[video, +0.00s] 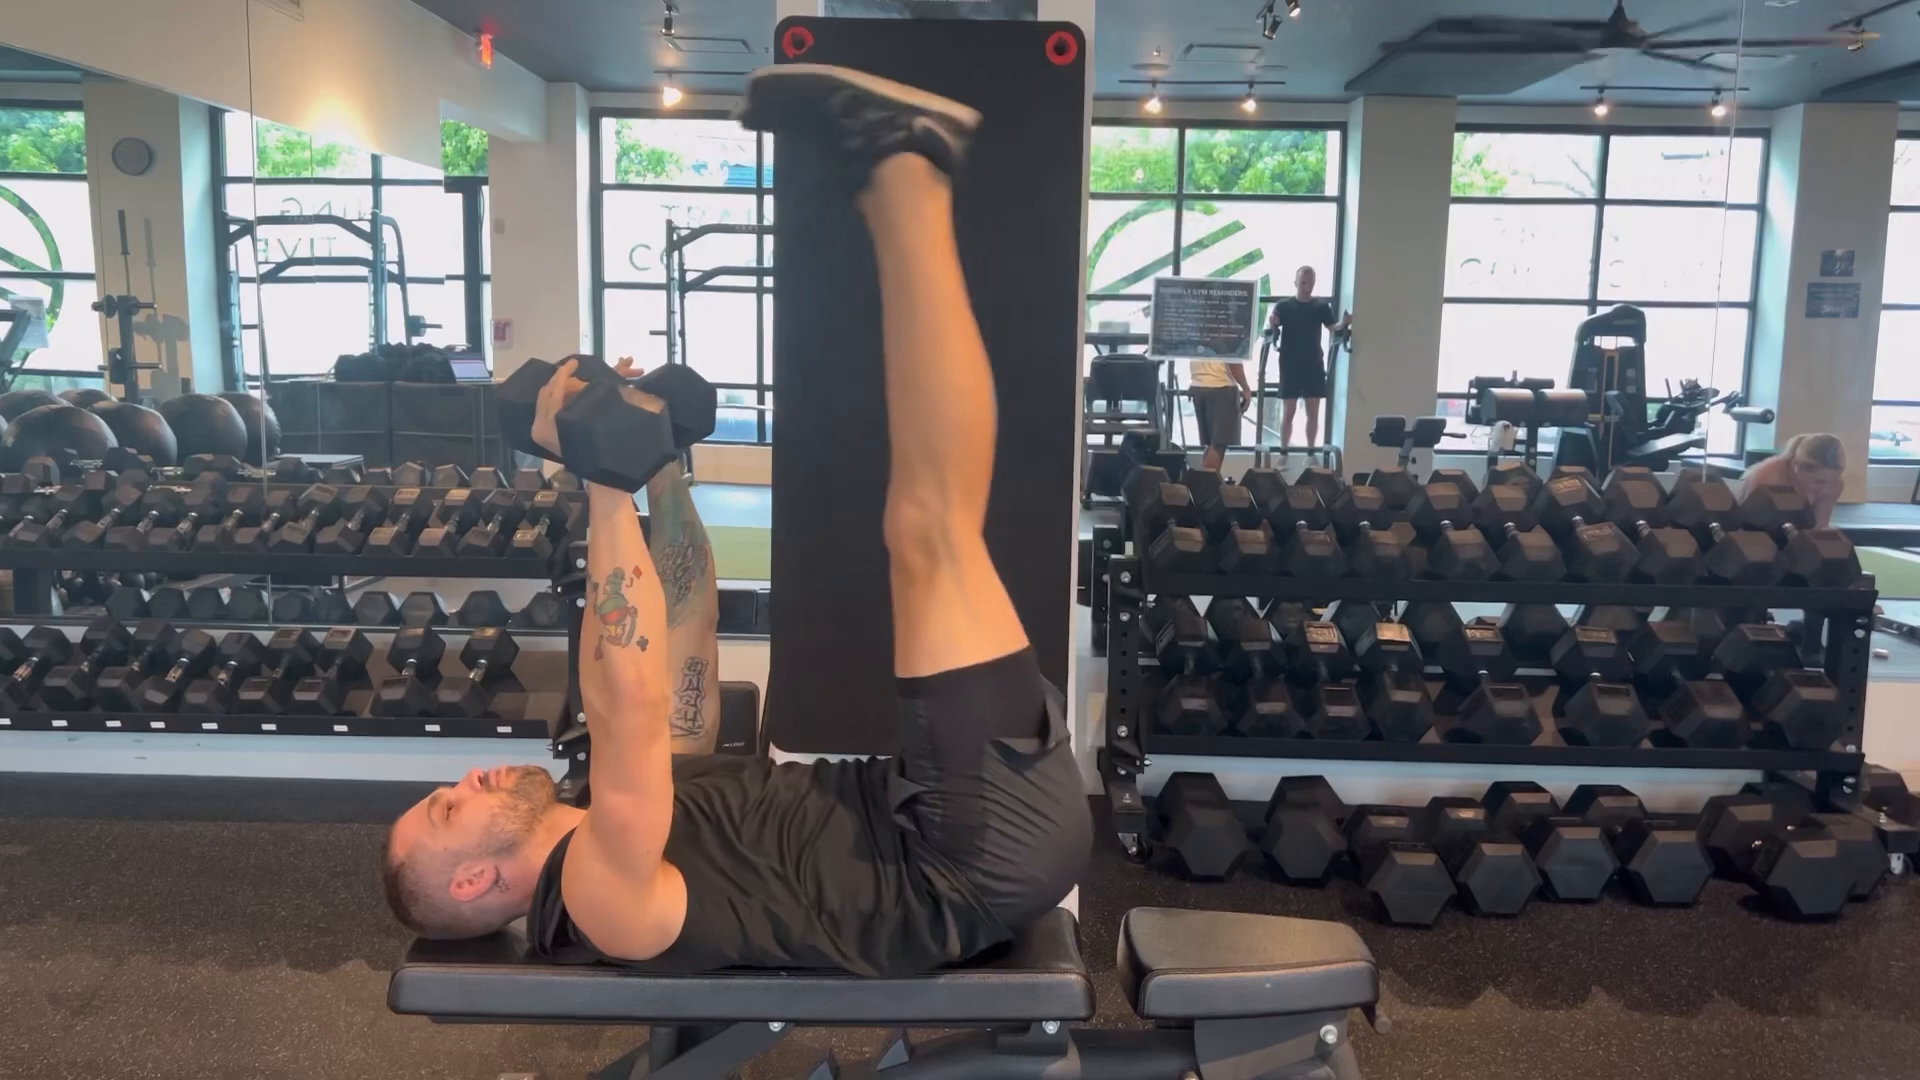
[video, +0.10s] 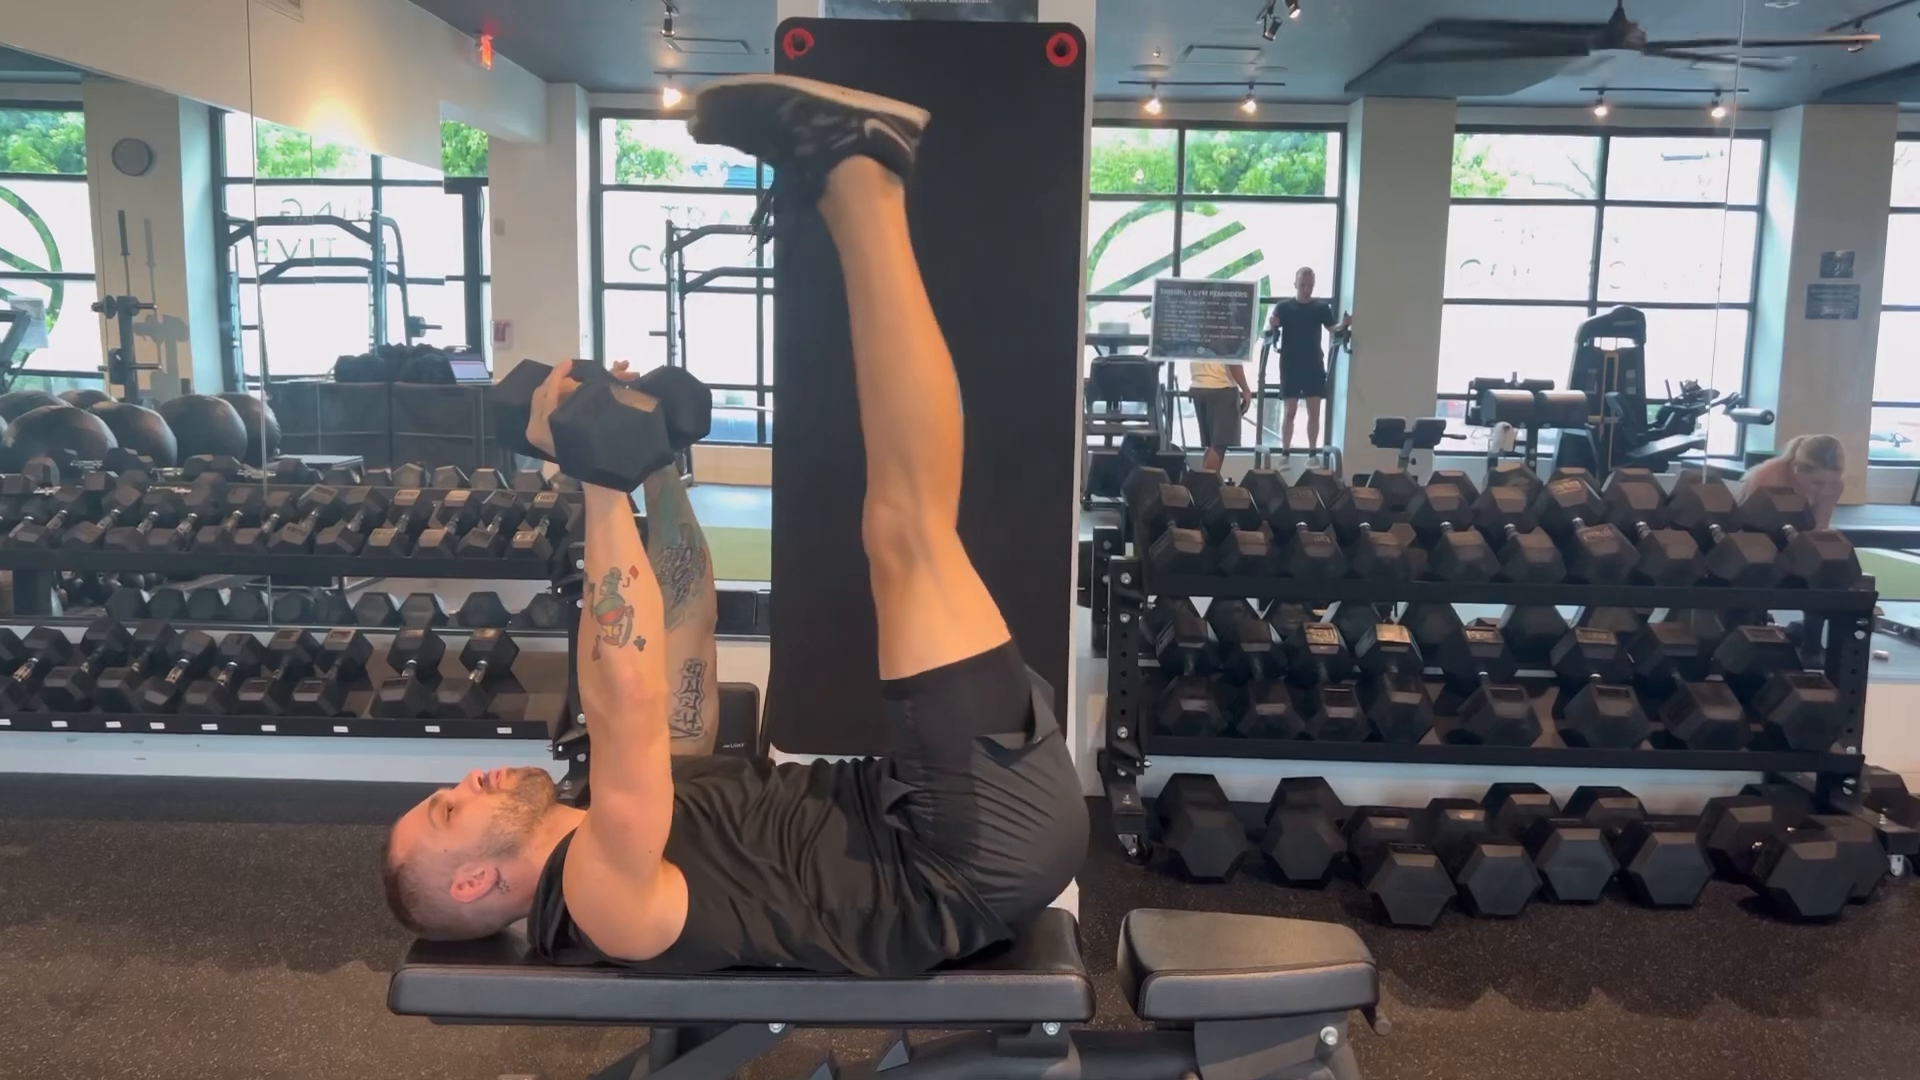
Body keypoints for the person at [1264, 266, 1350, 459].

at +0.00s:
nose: (1306, 287)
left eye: (1309, 283)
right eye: (1303, 283)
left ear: (1314, 284)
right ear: (1296, 282)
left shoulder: (1321, 306)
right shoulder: (1284, 306)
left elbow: (1333, 328)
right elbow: (1271, 334)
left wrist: (1344, 323)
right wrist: (1272, 323)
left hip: (1313, 363)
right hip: (1289, 363)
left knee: (1312, 412)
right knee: (1289, 412)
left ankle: (1311, 452)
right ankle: (1283, 451)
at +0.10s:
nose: (1306, 289)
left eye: (1309, 285)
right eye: (1302, 285)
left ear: (1313, 285)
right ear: (1295, 284)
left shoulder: (1321, 307)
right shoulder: (1284, 307)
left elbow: (1332, 330)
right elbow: (1272, 335)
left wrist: (1344, 324)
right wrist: (1272, 325)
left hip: (1313, 362)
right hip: (1290, 363)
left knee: (1314, 411)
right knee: (1290, 411)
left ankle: (1312, 452)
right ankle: (1285, 452)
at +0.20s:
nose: (1305, 290)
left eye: (1309, 286)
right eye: (1302, 286)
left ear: (1313, 286)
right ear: (1295, 285)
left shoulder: (1321, 309)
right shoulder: (1284, 308)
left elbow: (1333, 331)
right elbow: (1270, 335)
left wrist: (1344, 326)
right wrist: (1272, 326)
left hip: (1313, 363)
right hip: (1290, 363)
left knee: (1315, 411)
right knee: (1291, 410)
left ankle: (1315, 453)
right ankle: (1286, 453)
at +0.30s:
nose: (1305, 291)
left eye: (1309, 287)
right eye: (1302, 287)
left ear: (1313, 287)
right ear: (1295, 286)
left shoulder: (1321, 309)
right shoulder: (1284, 309)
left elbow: (1333, 333)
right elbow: (1271, 336)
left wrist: (1344, 327)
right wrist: (1272, 327)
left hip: (1314, 363)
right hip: (1290, 364)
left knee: (1316, 411)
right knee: (1291, 411)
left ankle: (1316, 453)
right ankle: (1288, 453)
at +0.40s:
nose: (1306, 291)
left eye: (1309, 288)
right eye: (1302, 287)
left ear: (1313, 288)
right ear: (1296, 287)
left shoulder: (1321, 310)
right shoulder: (1284, 310)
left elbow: (1334, 334)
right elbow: (1270, 338)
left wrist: (1344, 328)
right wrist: (1272, 328)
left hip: (1313, 363)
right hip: (1290, 363)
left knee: (1316, 409)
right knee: (1291, 409)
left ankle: (1316, 454)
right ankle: (1288, 454)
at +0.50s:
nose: (1305, 291)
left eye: (1308, 287)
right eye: (1302, 287)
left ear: (1313, 288)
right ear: (1295, 287)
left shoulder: (1320, 311)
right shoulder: (1284, 311)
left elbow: (1332, 334)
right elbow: (1270, 339)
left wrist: (1344, 329)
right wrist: (1272, 330)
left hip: (1313, 364)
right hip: (1290, 364)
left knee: (1315, 411)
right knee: (1291, 412)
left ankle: (1315, 455)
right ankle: (1287, 455)